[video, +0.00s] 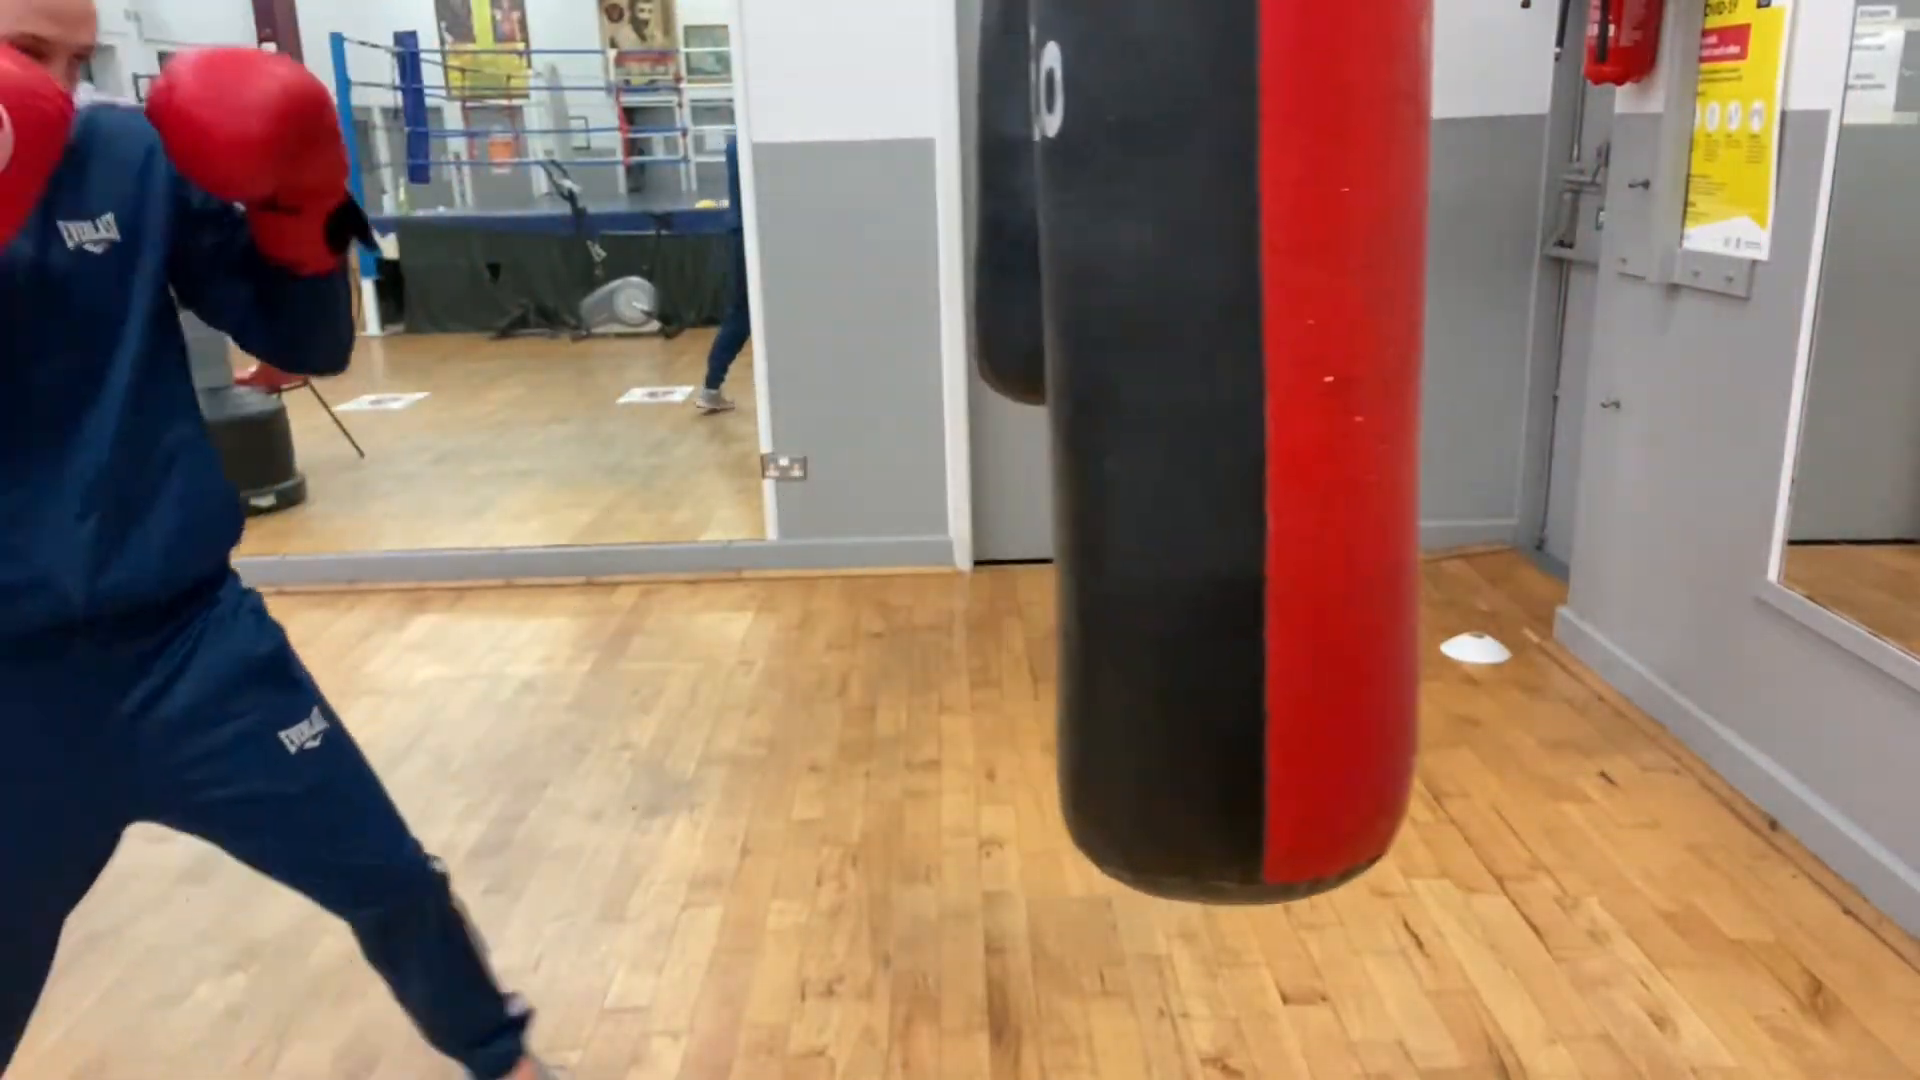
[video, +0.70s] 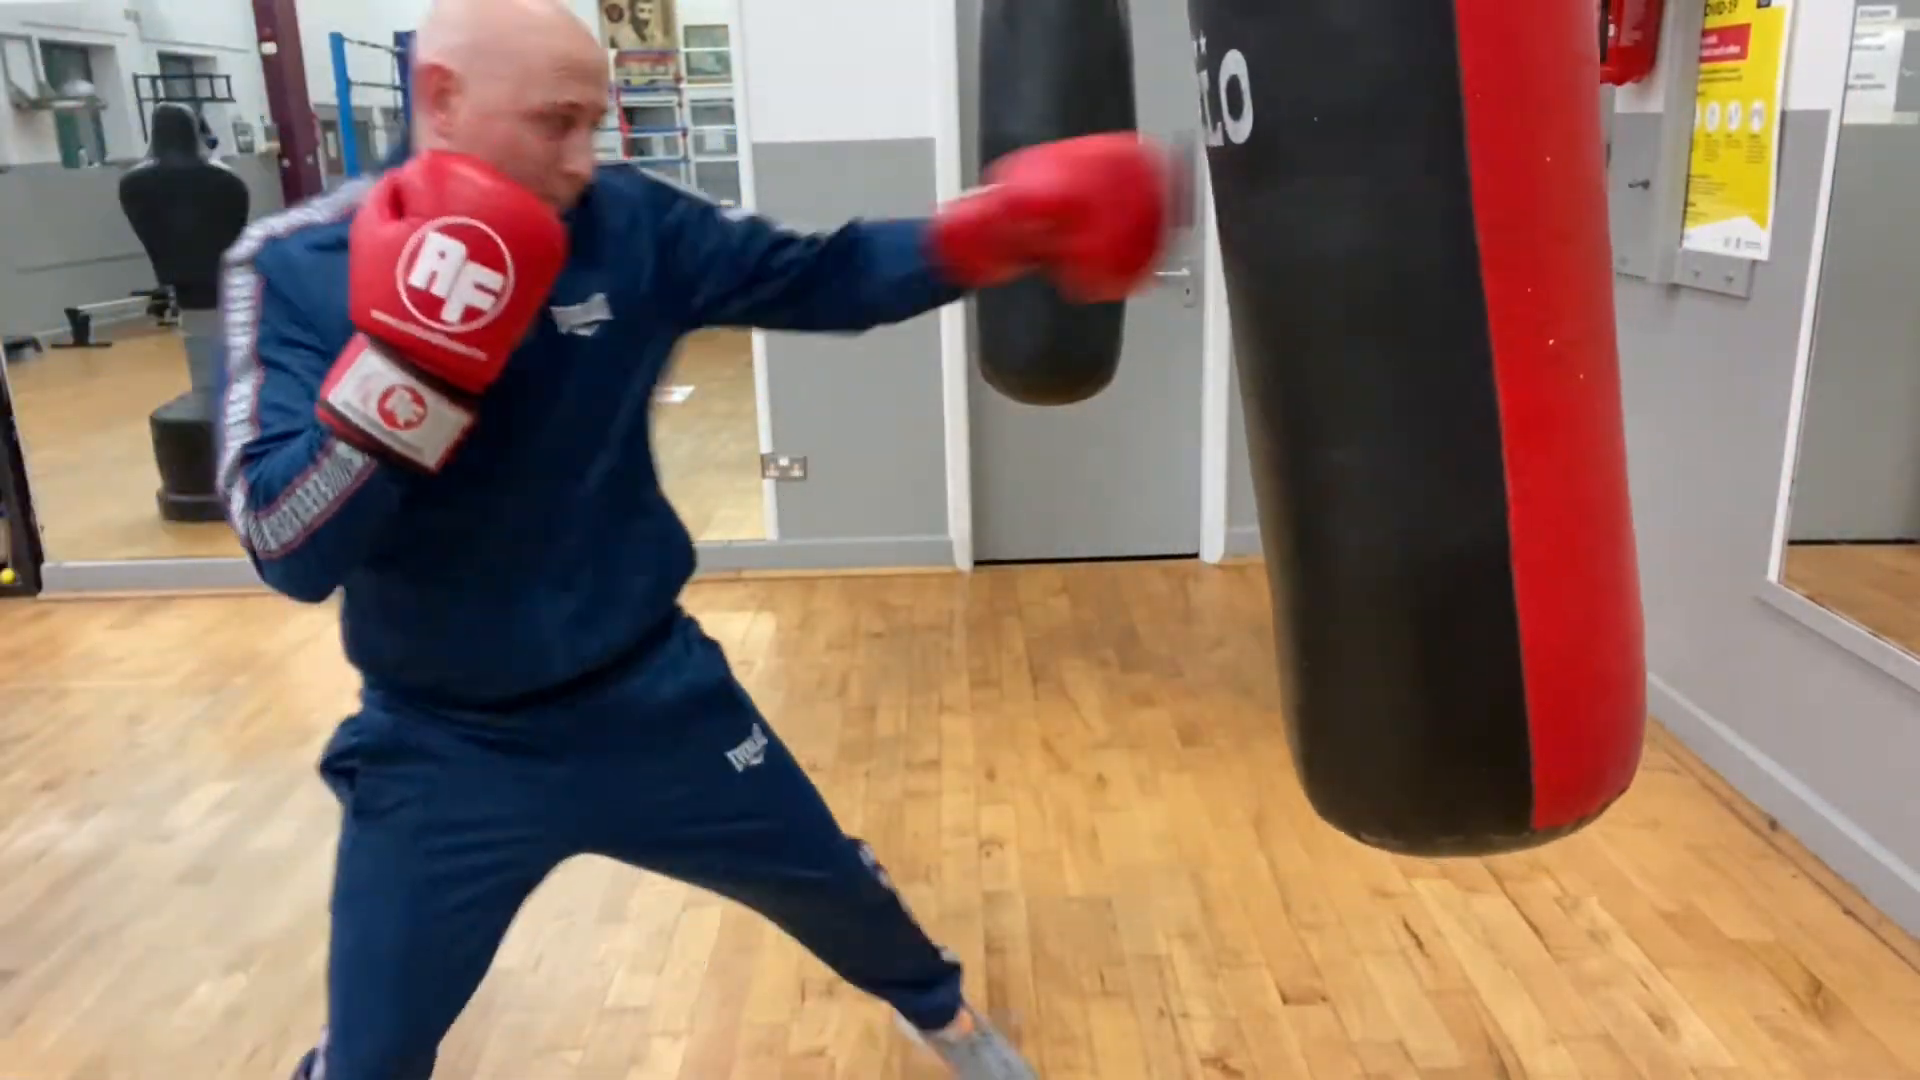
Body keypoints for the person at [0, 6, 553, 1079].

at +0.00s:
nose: (62, 79)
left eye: (78, 57)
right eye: (40, 54)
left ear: (92, 44)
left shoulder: (127, 151)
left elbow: (305, 344)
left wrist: (299, 210)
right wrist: (10, 197)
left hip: (189, 644)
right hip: (22, 683)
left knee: (393, 883)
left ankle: (504, 1059)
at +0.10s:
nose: (139, 169)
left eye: (155, 131)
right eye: (104, 133)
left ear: (170, 119)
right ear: (13, 133)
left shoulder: (209, 227)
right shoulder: (4, 283)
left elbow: (316, 433)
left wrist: (343, 347)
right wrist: (26, 340)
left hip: (258, 701)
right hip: (47, 745)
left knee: (459, 924)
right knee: (6, 1042)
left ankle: (566, 1069)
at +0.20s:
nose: (241, 171)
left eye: (259, 139)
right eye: (211, 135)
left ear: (277, 122)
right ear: (97, 99)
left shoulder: (305, 228)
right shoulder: (19, 252)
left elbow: (441, 421)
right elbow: (24, 520)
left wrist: (450, 307)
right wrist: (115, 326)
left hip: (349, 710)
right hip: (129, 748)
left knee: (526, 960)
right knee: (46, 1055)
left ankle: (570, 1070)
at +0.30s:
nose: (319, 111)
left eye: (337, 78)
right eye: (290, 73)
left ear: (354, 62)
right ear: (174, 41)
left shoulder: (377, 173)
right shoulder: (51, 212)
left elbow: (534, 356)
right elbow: (105, 464)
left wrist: (527, 214)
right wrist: (210, 253)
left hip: (416, 684)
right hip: (197, 724)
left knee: (563, 969)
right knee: (123, 1053)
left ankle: (579, 1077)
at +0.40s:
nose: (365, 40)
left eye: (372, 25)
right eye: (340, 17)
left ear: (376, 26)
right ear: (227, 11)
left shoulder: (389, 123)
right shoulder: (71, 168)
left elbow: (539, 346)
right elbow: (174, 426)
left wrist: (556, 218)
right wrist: (268, 204)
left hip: (454, 642)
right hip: (249, 690)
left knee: (586, 909)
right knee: (246, 1037)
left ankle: (598, 1067)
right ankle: (196, 1063)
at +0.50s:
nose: (400, 93)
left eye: (417, 57)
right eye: (368, 54)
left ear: (432, 40)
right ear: (255, 31)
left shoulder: (426, 171)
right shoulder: (114, 209)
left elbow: (545, 399)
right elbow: (233, 456)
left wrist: (574, 285)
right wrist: (325, 229)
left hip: (518, 641)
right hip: (333, 723)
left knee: (706, 873)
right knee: (357, 1061)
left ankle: (677, 1037)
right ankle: (302, 1070)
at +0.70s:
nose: (589, 155)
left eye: (599, 121)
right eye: (556, 124)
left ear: (611, 101)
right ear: (438, 104)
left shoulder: (626, 224)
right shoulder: (296, 271)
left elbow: (823, 273)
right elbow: (286, 551)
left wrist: (1007, 224)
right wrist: (413, 362)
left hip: (649, 697)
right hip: (442, 742)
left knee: (836, 888)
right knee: (370, 1061)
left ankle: (954, 1028)